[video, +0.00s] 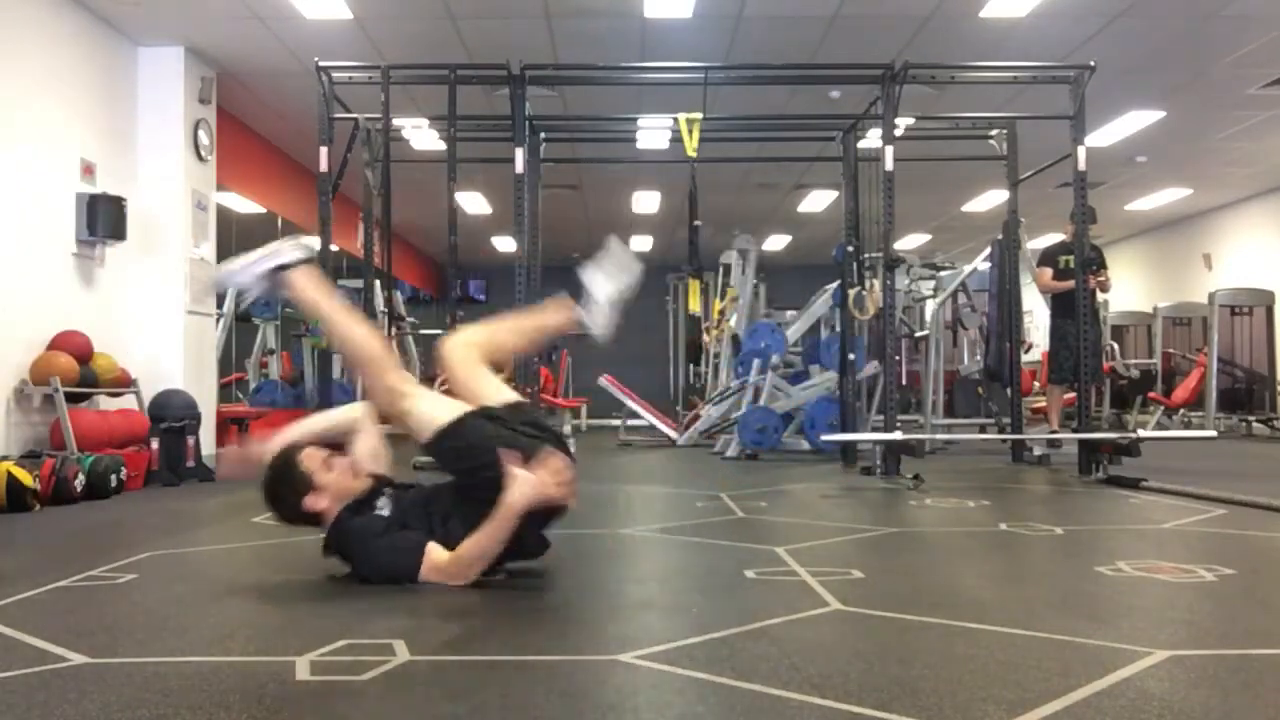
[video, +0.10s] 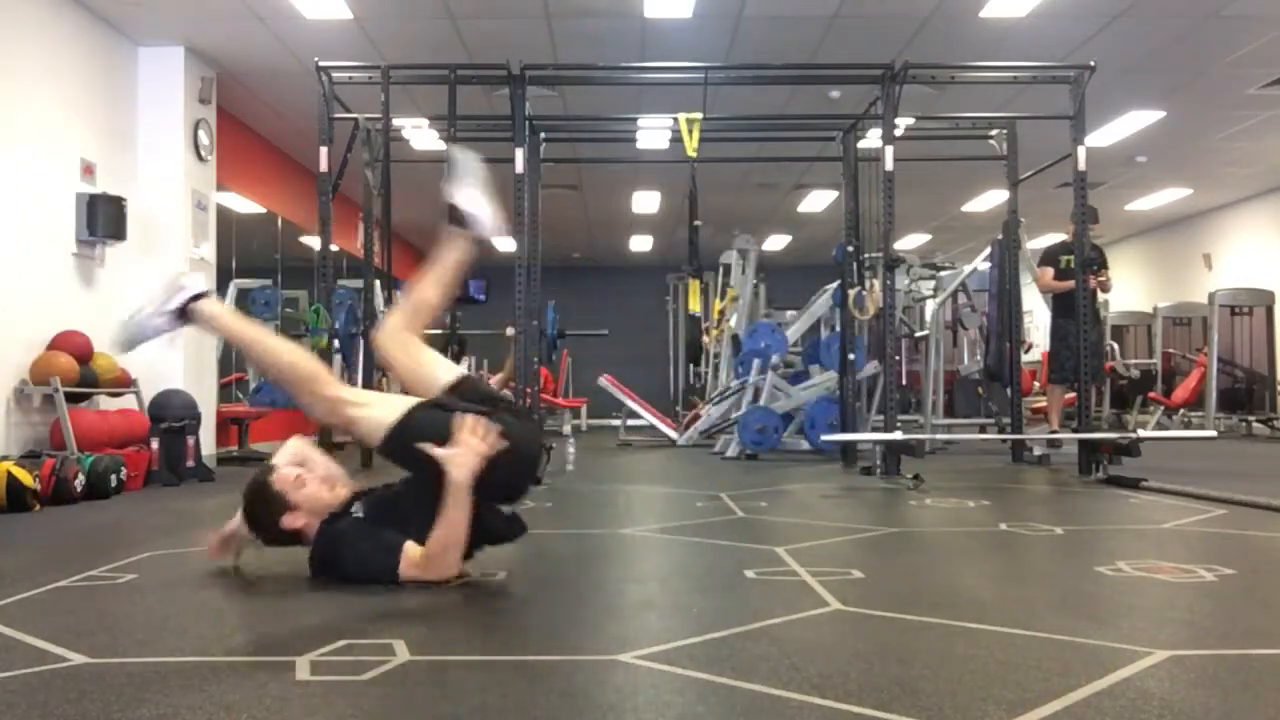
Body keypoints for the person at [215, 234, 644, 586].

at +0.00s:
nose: (344, 459)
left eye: (336, 456)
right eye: (329, 463)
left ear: (344, 467)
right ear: (317, 500)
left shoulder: (375, 494)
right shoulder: (359, 536)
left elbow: (365, 418)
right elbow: (453, 572)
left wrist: (284, 437)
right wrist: (517, 501)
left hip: (536, 455)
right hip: (512, 481)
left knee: (458, 347)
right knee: (391, 386)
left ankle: (583, 309)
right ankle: (293, 272)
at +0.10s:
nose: (310, 458)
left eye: (300, 457)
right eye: (295, 469)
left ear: (324, 463)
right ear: (298, 516)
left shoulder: (357, 510)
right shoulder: (339, 546)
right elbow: (438, 566)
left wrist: (244, 524)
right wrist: (461, 474)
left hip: (497, 431)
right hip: (501, 456)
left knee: (392, 336)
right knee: (331, 401)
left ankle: (465, 230)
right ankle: (198, 305)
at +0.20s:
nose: (299, 476)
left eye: (288, 475)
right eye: (284, 488)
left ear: (307, 490)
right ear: (289, 524)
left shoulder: (348, 516)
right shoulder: (334, 551)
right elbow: (431, 564)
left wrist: (238, 536)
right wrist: (421, 467)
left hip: (474, 415)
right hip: (474, 442)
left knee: (352, 335)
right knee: (298, 403)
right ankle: (144, 324)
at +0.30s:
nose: (285, 487)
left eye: (275, 492)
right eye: (277, 501)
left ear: (287, 501)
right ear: (287, 531)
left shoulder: (342, 504)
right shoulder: (332, 557)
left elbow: (275, 464)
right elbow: (433, 567)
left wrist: (234, 534)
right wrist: (400, 476)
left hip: (452, 397)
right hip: (461, 423)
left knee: (312, 342)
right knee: (268, 405)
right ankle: (103, 343)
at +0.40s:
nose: (283, 488)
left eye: (272, 489)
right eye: (273, 505)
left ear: (285, 489)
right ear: (286, 541)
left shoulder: (338, 508)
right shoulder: (333, 553)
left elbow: (268, 457)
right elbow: (427, 564)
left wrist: (237, 535)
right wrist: (392, 474)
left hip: (432, 385)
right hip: (440, 408)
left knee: (294, 350)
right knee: (250, 409)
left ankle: (253, 218)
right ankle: (77, 363)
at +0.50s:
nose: (277, 497)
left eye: (270, 499)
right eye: (269, 512)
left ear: (289, 498)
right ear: (281, 545)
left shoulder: (327, 507)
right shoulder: (327, 554)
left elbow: (266, 458)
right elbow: (422, 562)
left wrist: (231, 541)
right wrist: (377, 470)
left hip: (418, 384)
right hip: (430, 403)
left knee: (271, 363)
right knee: (225, 428)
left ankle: (208, 240)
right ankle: (51, 383)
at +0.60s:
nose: (271, 500)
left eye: (266, 501)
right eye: (265, 515)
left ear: (282, 497)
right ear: (277, 548)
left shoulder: (322, 508)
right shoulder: (324, 557)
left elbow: (261, 461)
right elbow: (417, 562)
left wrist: (228, 540)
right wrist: (363, 474)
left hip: (402, 370)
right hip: (406, 400)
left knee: (253, 373)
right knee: (209, 452)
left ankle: (168, 260)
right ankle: (28, 418)